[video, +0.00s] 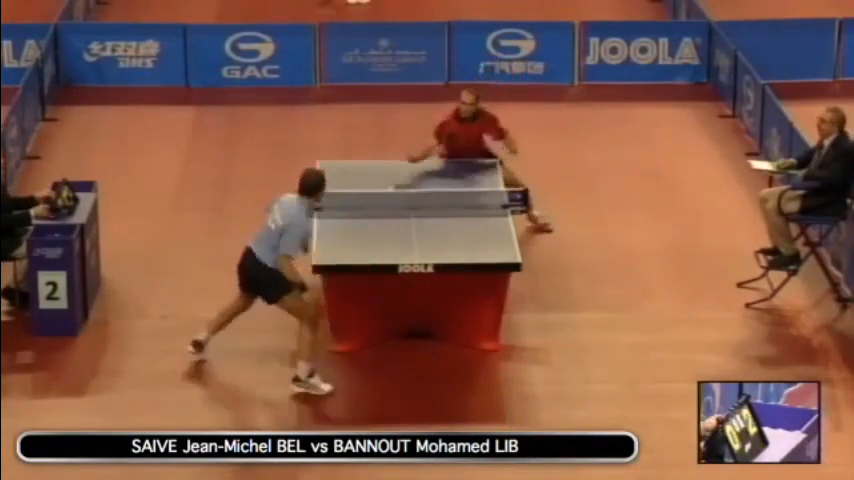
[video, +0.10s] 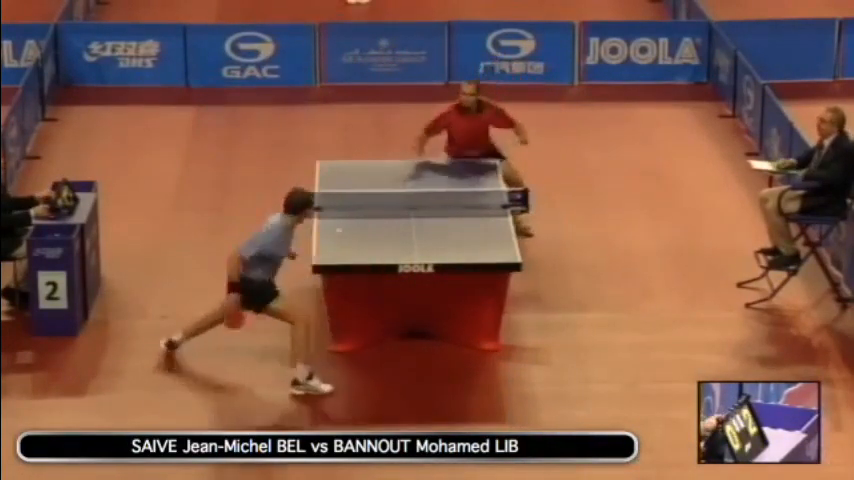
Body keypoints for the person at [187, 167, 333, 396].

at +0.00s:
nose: (324, 193)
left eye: (322, 189)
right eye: (323, 190)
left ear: (301, 186)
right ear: (319, 193)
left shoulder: (286, 199)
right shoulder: (300, 222)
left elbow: (270, 213)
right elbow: (283, 259)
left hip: (249, 258)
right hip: (266, 271)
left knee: (242, 302)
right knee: (309, 315)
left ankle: (203, 338)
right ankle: (304, 375)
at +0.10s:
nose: (312, 212)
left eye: (312, 208)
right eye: (310, 208)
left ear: (292, 206)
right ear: (301, 211)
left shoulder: (283, 224)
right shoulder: (275, 231)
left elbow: (272, 244)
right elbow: (236, 258)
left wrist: (286, 252)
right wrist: (234, 294)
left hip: (248, 286)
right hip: (255, 290)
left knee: (217, 316)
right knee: (299, 319)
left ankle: (175, 341)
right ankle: (302, 377)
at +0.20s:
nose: (288, 221)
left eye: (287, 217)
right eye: (288, 217)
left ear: (270, 210)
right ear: (283, 218)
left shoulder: (266, 231)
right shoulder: (252, 234)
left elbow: (249, 254)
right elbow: (209, 246)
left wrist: (262, 263)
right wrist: (205, 281)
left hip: (233, 289)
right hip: (240, 293)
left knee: (214, 321)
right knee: (289, 321)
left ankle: (165, 343)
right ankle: (301, 378)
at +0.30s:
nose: (251, 215)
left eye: (252, 211)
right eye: (251, 210)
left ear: (236, 205)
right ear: (244, 209)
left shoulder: (233, 225)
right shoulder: (216, 225)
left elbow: (233, 249)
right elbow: (184, 246)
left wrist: (249, 260)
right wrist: (202, 257)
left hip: (221, 286)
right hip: (225, 288)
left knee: (209, 320)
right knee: (275, 322)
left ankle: (161, 343)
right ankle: (297, 376)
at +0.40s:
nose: (233, 200)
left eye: (233, 195)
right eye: (231, 195)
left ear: (215, 195)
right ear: (223, 196)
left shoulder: (219, 218)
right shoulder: (203, 223)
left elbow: (229, 245)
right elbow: (199, 261)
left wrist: (256, 253)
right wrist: (219, 248)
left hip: (218, 281)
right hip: (219, 283)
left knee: (206, 317)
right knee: (274, 313)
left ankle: (161, 343)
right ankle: (290, 370)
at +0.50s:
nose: (223, 187)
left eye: (221, 182)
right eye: (220, 183)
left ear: (200, 186)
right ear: (213, 186)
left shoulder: (199, 210)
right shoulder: (210, 210)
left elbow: (229, 235)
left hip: (204, 280)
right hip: (223, 280)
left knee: (199, 309)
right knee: (282, 300)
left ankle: (158, 342)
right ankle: (282, 357)